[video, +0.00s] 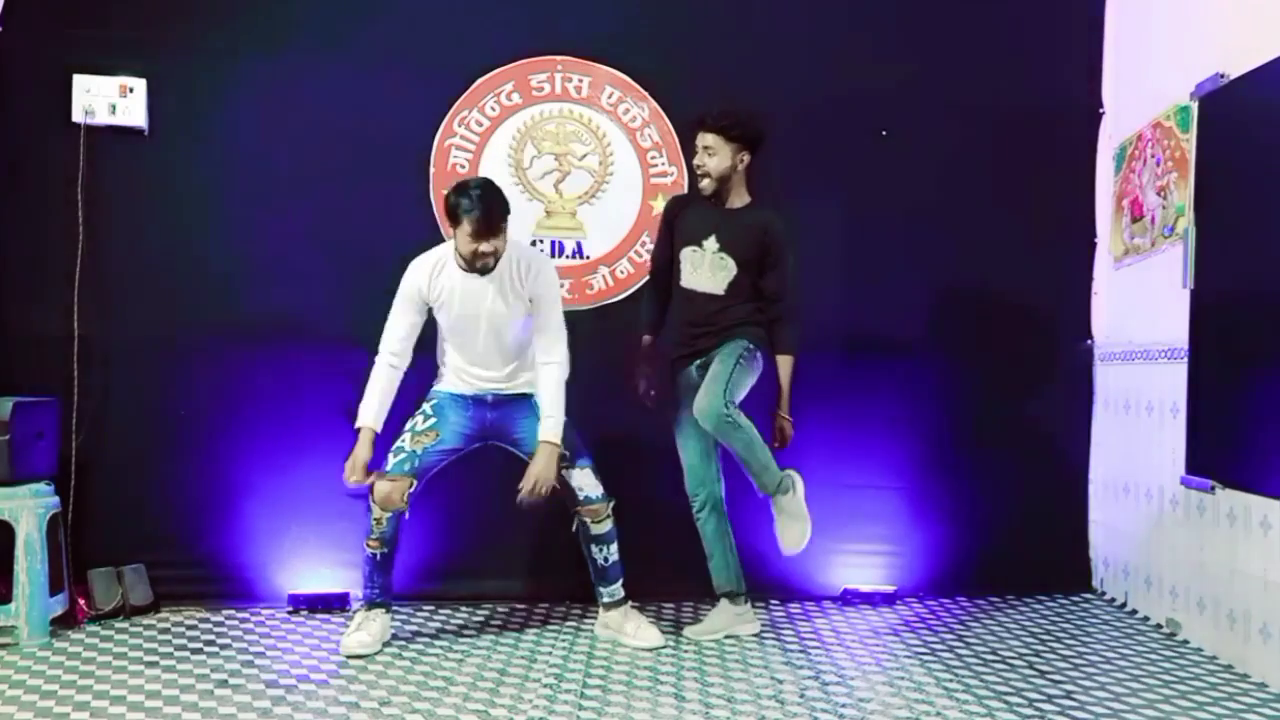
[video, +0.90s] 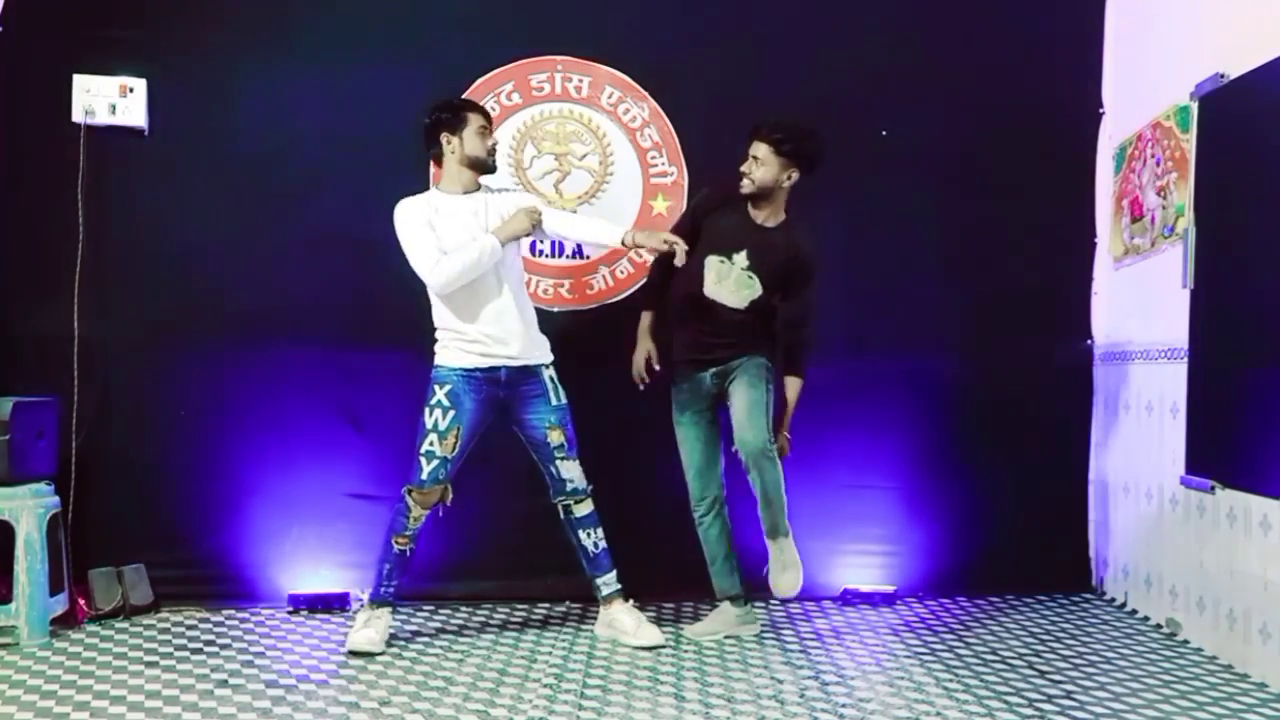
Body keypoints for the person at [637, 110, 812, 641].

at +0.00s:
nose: (699, 161)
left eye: (710, 152)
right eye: (697, 151)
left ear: (741, 158)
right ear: (696, 156)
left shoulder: (764, 224)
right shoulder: (680, 211)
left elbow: (781, 315)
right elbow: (659, 286)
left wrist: (785, 404)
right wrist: (647, 352)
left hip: (740, 346)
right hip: (688, 356)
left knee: (710, 408)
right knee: (703, 491)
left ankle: (781, 490)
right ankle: (733, 604)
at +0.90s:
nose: (746, 168)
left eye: (758, 163)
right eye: (747, 158)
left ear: (789, 176)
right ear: (745, 162)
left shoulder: (792, 251)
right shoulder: (712, 207)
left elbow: (796, 339)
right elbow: (662, 266)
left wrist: (786, 421)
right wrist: (644, 335)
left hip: (746, 363)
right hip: (688, 367)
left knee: (753, 443)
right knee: (704, 496)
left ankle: (779, 543)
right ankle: (731, 605)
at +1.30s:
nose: (739, 145)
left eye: (749, 136)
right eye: (741, 135)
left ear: (783, 144)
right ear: (764, 145)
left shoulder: (821, 222)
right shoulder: (729, 207)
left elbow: (839, 319)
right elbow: (698, 276)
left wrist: (832, 405)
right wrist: (671, 330)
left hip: (786, 378)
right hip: (722, 374)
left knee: (795, 504)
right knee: (715, 501)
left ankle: (802, 622)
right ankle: (735, 607)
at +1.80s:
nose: (728, 143)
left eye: (736, 132)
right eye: (730, 132)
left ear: (767, 137)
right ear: (760, 139)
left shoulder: (816, 208)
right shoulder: (747, 208)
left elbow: (851, 304)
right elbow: (747, 293)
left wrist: (828, 390)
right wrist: (737, 359)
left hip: (789, 380)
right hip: (736, 376)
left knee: (797, 505)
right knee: (733, 498)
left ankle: (803, 623)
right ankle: (741, 609)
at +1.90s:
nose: (726, 142)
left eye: (734, 132)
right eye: (727, 132)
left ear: (765, 139)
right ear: (755, 140)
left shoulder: (812, 206)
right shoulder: (746, 207)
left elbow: (858, 297)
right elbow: (751, 292)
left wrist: (820, 382)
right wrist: (739, 357)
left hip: (786, 381)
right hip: (735, 377)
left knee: (795, 505)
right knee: (733, 498)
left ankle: (802, 622)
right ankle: (741, 609)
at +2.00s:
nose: (723, 142)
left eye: (730, 132)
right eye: (725, 132)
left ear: (761, 138)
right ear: (755, 140)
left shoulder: (808, 203)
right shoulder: (746, 207)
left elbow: (869, 284)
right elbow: (750, 293)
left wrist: (819, 356)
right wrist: (731, 356)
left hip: (785, 379)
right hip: (735, 376)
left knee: (794, 506)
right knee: (731, 498)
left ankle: (802, 623)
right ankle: (741, 609)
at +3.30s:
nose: (724, 138)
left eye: (734, 129)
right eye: (726, 130)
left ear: (769, 137)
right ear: (750, 140)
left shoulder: (807, 202)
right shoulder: (727, 209)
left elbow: (871, 269)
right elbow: (703, 270)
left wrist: (801, 312)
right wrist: (712, 318)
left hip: (782, 372)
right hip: (728, 372)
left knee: (796, 502)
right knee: (737, 498)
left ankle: (803, 622)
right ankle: (742, 609)